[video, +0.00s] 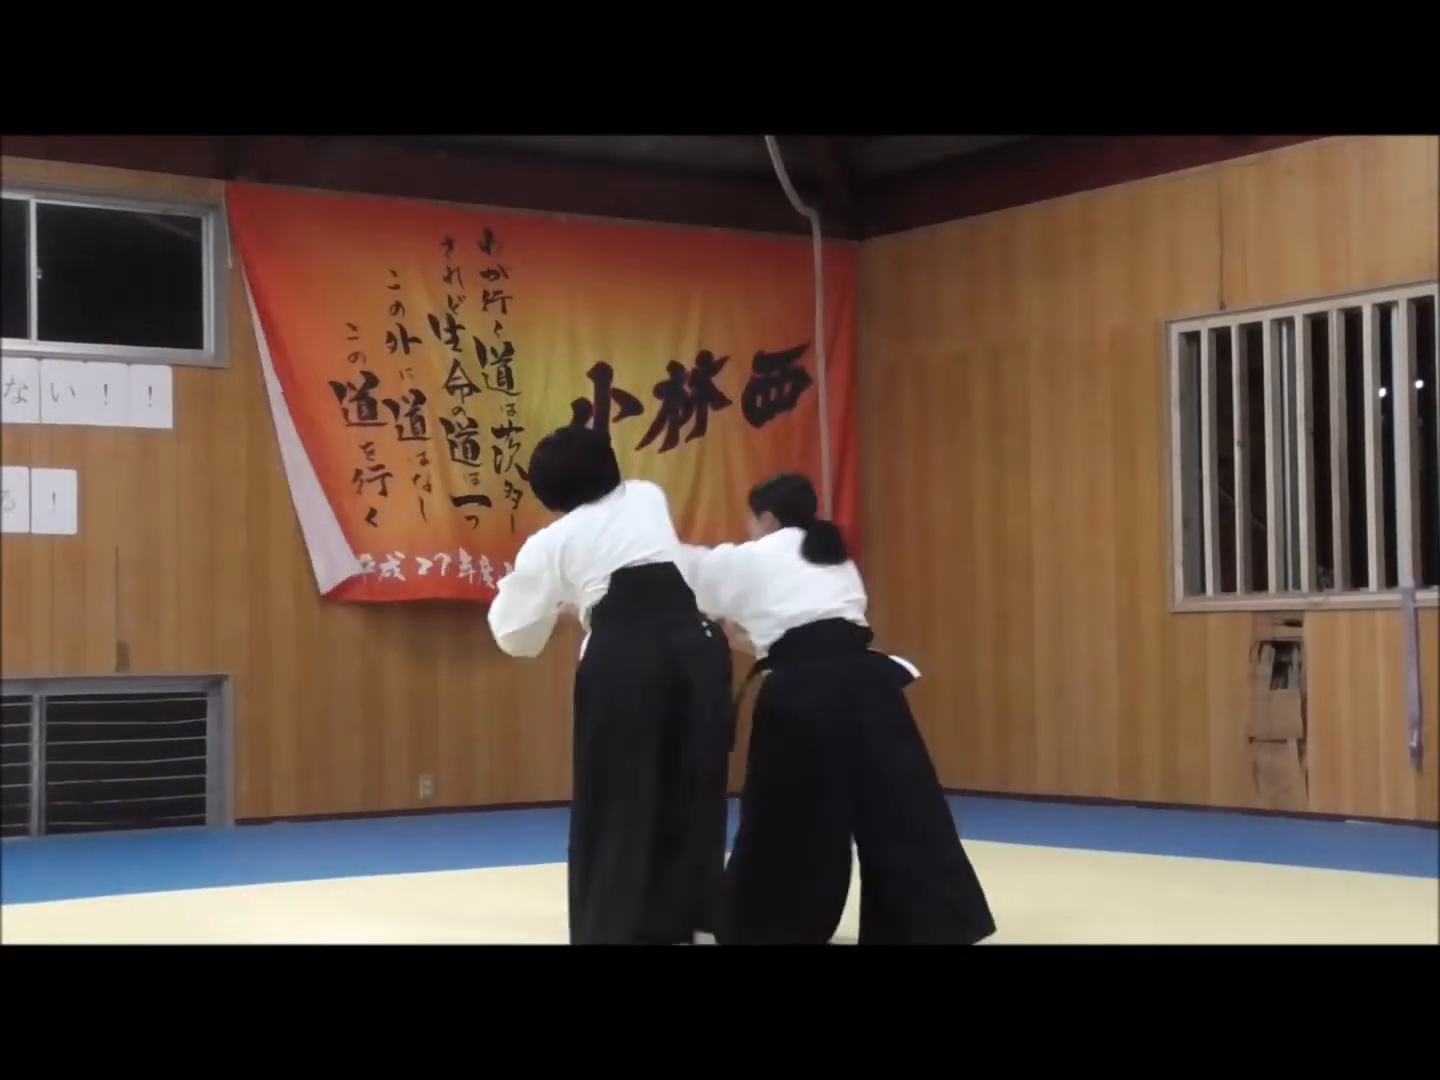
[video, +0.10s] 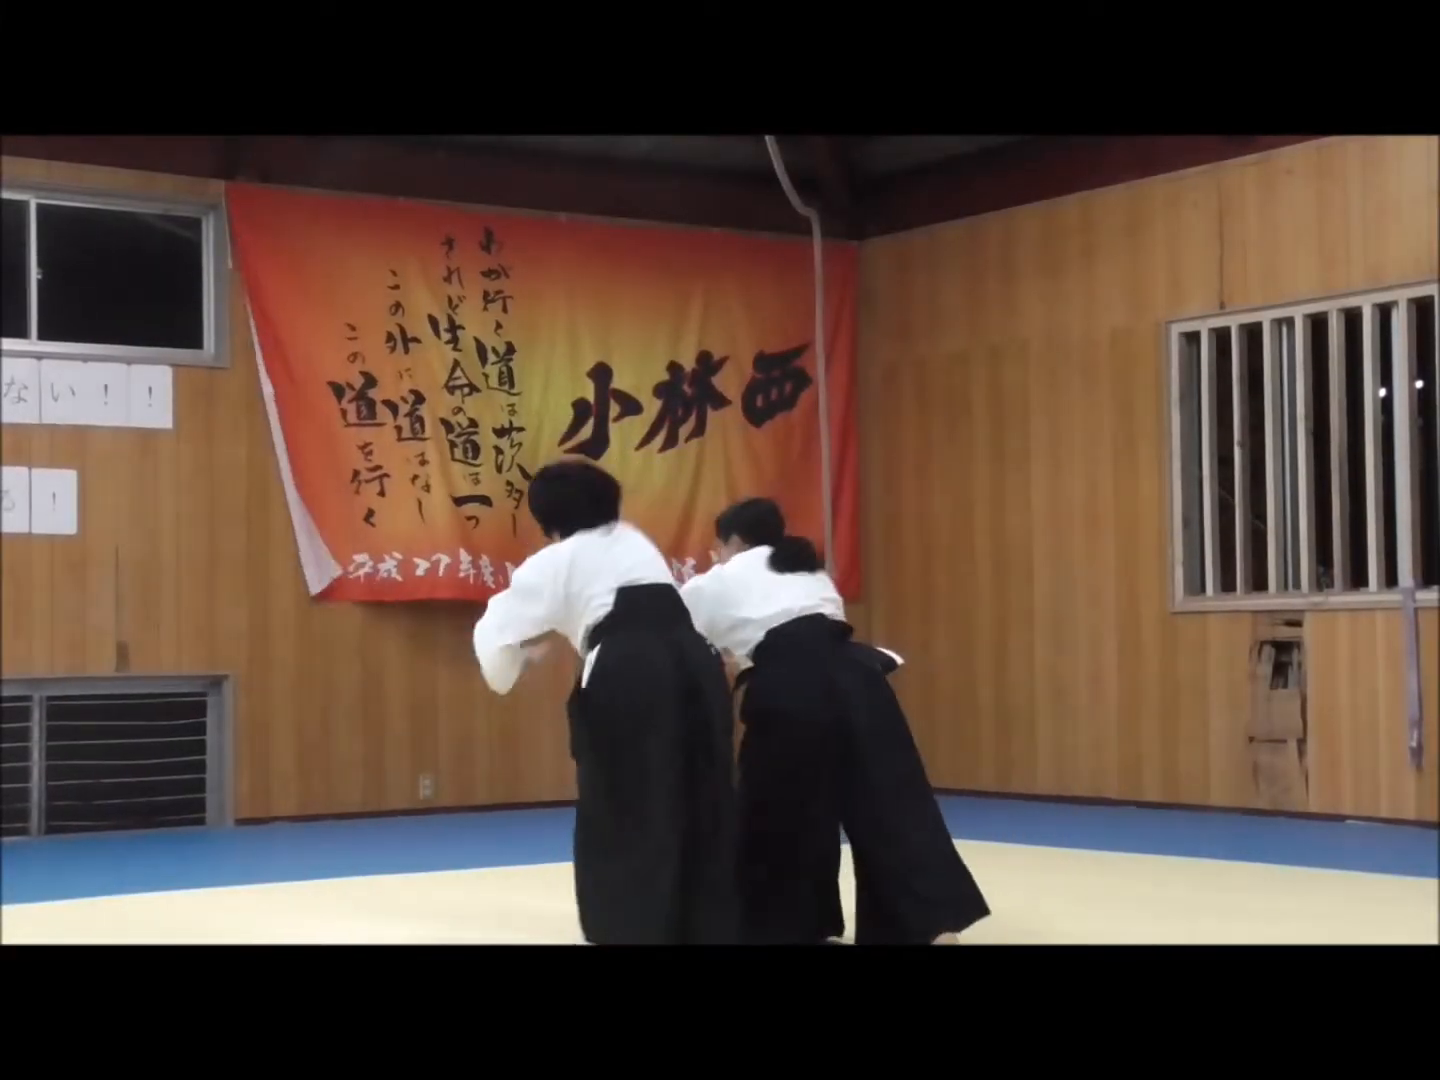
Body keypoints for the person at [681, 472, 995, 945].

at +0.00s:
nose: (751, 527)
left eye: (754, 518)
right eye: (752, 519)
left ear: (769, 518)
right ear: (807, 515)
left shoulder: (748, 561)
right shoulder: (835, 554)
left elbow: (680, 563)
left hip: (799, 690)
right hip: (868, 683)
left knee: (786, 821)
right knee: (898, 812)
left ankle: (772, 931)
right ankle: (929, 928)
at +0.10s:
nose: (715, 555)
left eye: (717, 546)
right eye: (716, 546)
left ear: (733, 543)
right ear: (775, 538)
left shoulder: (714, 584)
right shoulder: (805, 566)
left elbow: (661, 629)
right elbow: (830, 623)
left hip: (785, 690)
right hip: (857, 679)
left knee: (779, 820)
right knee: (890, 804)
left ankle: (785, 929)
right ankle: (935, 922)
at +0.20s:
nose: (696, 587)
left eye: (699, 577)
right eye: (696, 578)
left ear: (715, 572)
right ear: (749, 565)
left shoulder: (694, 615)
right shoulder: (775, 582)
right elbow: (818, 625)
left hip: (777, 686)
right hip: (849, 671)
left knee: (777, 818)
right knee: (888, 801)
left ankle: (783, 930)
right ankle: (938, 925)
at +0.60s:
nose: (679, 609)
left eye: (680, 599)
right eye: (678, 600)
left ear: (691, 586)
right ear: (733, 576)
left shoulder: (692, 618)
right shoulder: (773, 593)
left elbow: (679, 711)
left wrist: (674, 782)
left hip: (774, 689)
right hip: (846, 674)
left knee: (761, 817)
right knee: (887, 791)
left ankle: (757, 929)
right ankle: (942, 920)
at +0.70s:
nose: (684, 575)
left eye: (687, 566)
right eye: (685, 567)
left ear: (702, 557)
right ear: (739, 550)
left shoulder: (694, 590)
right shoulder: (781, 577)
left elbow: (656, 671)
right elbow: (814, 628)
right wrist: (733, 688)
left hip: (774, 682)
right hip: (846, 673)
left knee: (759, 817)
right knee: (887, 792)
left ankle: (760, 931)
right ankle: (942, 921)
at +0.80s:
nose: (696, 551)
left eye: (698, 543)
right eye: (697, 544)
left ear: (714, 536)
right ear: (752, 531)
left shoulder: (705, 567)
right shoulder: (790, 563)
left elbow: (627, 618)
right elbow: (804, 624)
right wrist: (732, 667)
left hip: (779, 679)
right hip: (848, 672)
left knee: (755, 811)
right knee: (886, 795)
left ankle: (758, 930)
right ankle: (940, 915)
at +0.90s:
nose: (705, 535)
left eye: (707, 526)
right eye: (706, 527)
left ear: (725, 520)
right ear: (761, 515)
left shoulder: (715, 555)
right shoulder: (800, 551)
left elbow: (641, 579)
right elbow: (812, 618)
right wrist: (738, 651)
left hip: (781, 678)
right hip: (848, 671)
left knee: (756, 806)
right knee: (889, 789)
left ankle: (756, 928)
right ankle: (940, 908)